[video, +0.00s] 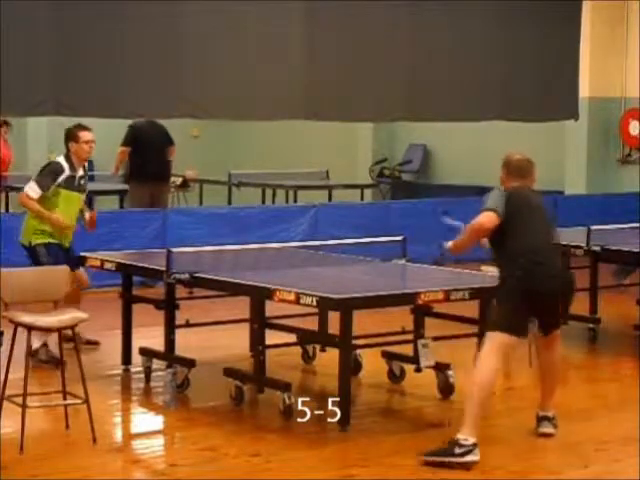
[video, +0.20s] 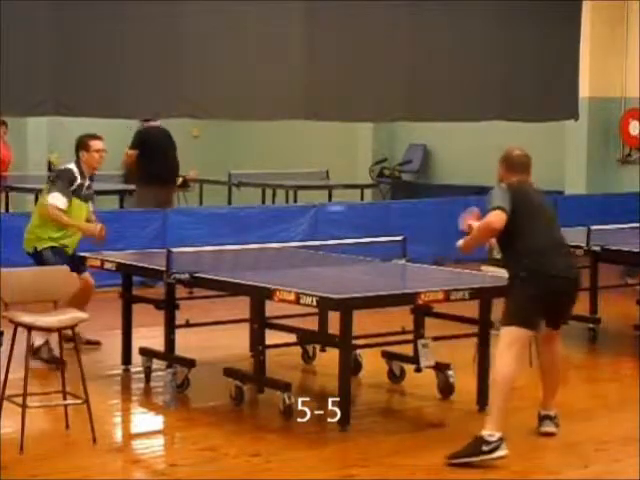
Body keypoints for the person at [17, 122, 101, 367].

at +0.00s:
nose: (91, 148)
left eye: (92, 143)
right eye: (86, 143)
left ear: (90, 146)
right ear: (72, 145)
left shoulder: (83, 171)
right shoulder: (56, 167)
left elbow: (80, 201)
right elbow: (26, 197)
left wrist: (87, 214)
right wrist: (50, 216)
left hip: (63, 238)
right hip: (40, 237)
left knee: (80, 281)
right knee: (54, 287)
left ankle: (68, 328)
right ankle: (38, 344)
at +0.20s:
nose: (101, 157)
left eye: (103, 152)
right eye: (97, 152)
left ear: (98, 156)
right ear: (82, 154)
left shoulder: (87, 182)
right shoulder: (67, 174)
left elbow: (88, 215)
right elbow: (50, 210)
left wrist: (96, 226)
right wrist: (84, 227)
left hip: (64, 244)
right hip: (43, 243)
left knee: (87, 284)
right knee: (64, 286)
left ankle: (68, 329)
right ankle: (40, 342)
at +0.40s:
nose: (102, 160)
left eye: (103, 155)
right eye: (98, 154)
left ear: (80, 155)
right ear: (83, 153)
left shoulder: (62, 170)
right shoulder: (81, 171)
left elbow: (52, 211)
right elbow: (94, 205)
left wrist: (78, 229)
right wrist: (128, 227)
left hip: (36, 239)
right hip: (49, 244)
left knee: (63, 290)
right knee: (74, 292)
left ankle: (54, 338)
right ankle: (48, 346)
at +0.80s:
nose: (107, 147)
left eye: (109, 142)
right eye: (104, 142)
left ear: (100, 142)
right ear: (89, 139)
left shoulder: (91, 166)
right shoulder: (69, 154)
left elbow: (110, 186)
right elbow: (49, 153)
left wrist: (132, 173)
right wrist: (44, 153)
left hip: (75, 233)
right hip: (55, 232)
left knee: (83, 281)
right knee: (64, 285)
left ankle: (65, 328)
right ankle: (50, 344)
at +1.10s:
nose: (98, 139)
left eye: (99, 135)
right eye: (93, 135)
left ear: (101, 138)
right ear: (79, 137)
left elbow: (136, 187)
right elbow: (38, 187)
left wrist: (143, 166)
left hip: (100, 240)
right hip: (70, 239)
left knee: (127, 287)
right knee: (56, 293)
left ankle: (134, 336)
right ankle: (41, 347)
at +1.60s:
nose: (164, 167)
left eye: (166, 162)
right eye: (160, 161)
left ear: (161, 164)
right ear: (143, 160)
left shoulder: (151, 190)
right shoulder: (129, 182)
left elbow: (177, 203)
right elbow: (137, 189)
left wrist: (209, 210)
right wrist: (171, 188)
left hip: (110, 243)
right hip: (89, 241)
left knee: (144, 274)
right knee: (82, 293)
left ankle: (145, 323)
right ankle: (42, 336)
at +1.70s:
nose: (189, 172)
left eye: (189, 167)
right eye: (184, 166)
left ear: (179, 168)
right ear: (170, 168)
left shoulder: (179, 191)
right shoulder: (151, 179)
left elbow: (209, 194)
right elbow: (160, 186)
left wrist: (243, 196)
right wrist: (195, 180)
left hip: (128, 241)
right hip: (108, 232)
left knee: (152, 281)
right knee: (92, 277)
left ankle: (149, 325)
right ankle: (61, 312)